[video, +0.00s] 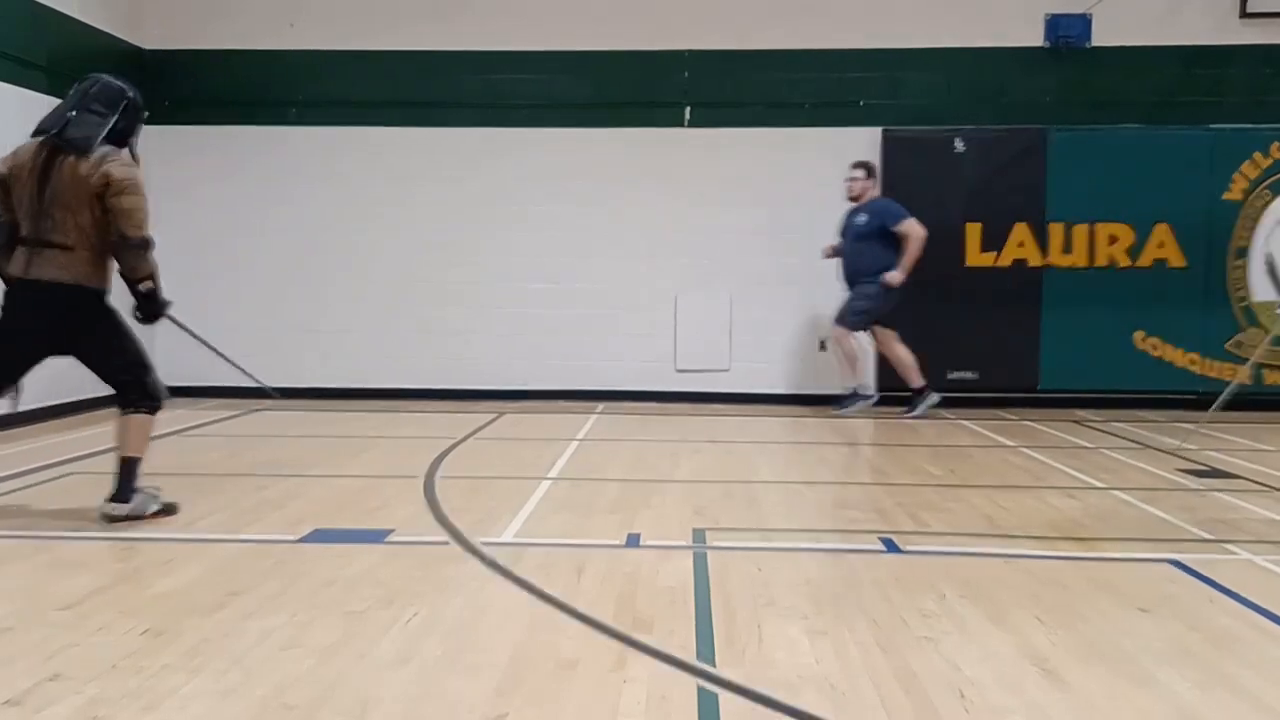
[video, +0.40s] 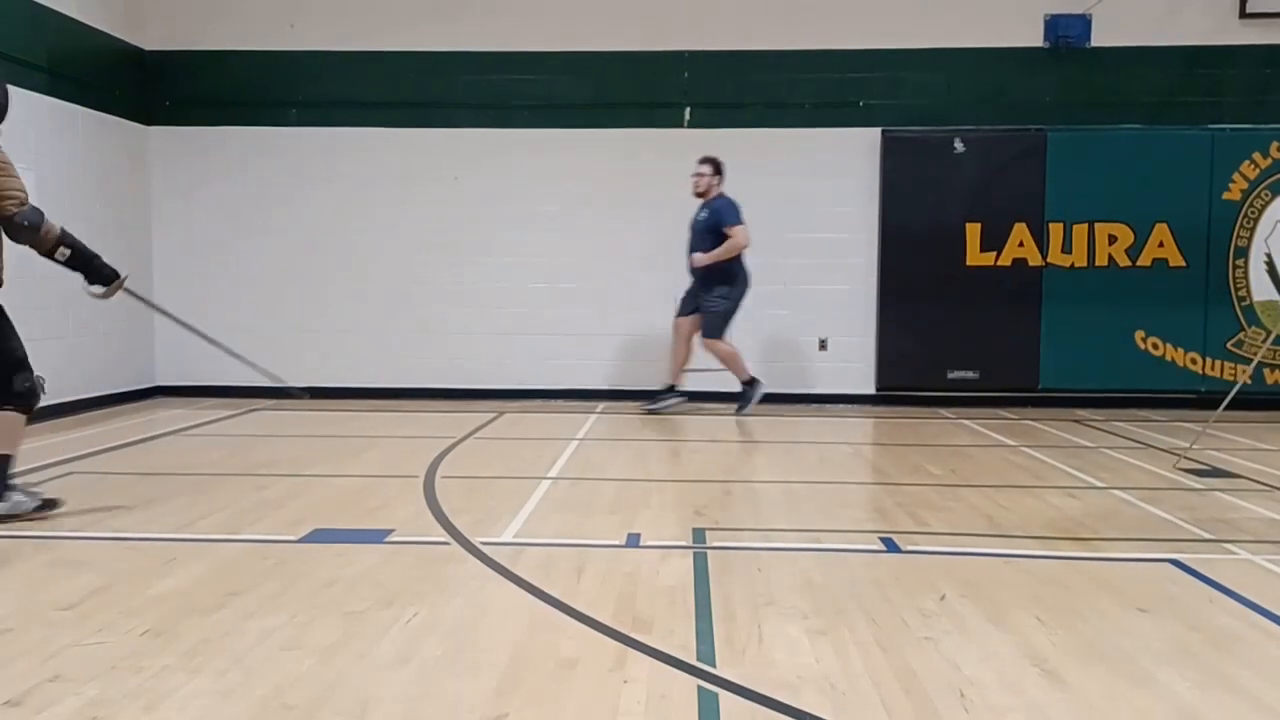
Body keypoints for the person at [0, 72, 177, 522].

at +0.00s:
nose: (132, 135)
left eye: (132, 125)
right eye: (131, 125)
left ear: (73, 110)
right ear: (119, 123)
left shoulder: (23, 155)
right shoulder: (113, 164)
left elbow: (1, 221)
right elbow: (130, 240)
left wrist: (12, 270)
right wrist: (147, 293)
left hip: (21, 307)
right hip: (78, 309)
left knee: (1, 383)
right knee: (141, 388)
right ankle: (126, 492)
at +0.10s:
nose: (100, 139)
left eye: (101, 128)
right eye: (99, 128)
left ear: (43, 116)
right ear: (85, 126)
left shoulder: (8, 162)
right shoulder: (80, 169)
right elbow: (105, 251)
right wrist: (132, 301)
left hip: (2, 312)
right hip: (51, 313)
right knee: (123, 392)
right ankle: (124, 493)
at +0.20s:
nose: (63, 125)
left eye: (62, 116)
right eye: (59, 117)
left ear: (14, 118)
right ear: (43, 121)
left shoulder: (8, 166)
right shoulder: (38, 172)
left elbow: (59, 247)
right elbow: (63, 247)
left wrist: (100, 289)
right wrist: (105, 294)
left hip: (5, 304)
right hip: (13, 306)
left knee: (66, 392)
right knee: (67, 394)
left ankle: (112, 490)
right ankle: (112, 491)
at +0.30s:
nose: (33, 110)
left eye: (30, 101)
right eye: (29, 102)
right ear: (17, 107)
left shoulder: (6, 154)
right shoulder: (8, 156)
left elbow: (27, 234)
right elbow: (30, 233)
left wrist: (85, 278)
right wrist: (89, 282)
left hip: (2, 297)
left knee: (31, 385)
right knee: (33, 386)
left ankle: (68, 484)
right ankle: (68, 487)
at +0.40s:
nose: (6, 115)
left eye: (3, 107)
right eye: (5, 106)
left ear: (1, 112)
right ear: (4, 110)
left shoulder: (1, 162)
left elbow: (22, 220)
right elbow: (23, 221)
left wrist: (89, 263)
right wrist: (91, 264)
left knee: (17, 384)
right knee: (18, 384)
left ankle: (5, 483)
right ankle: (3, 485)